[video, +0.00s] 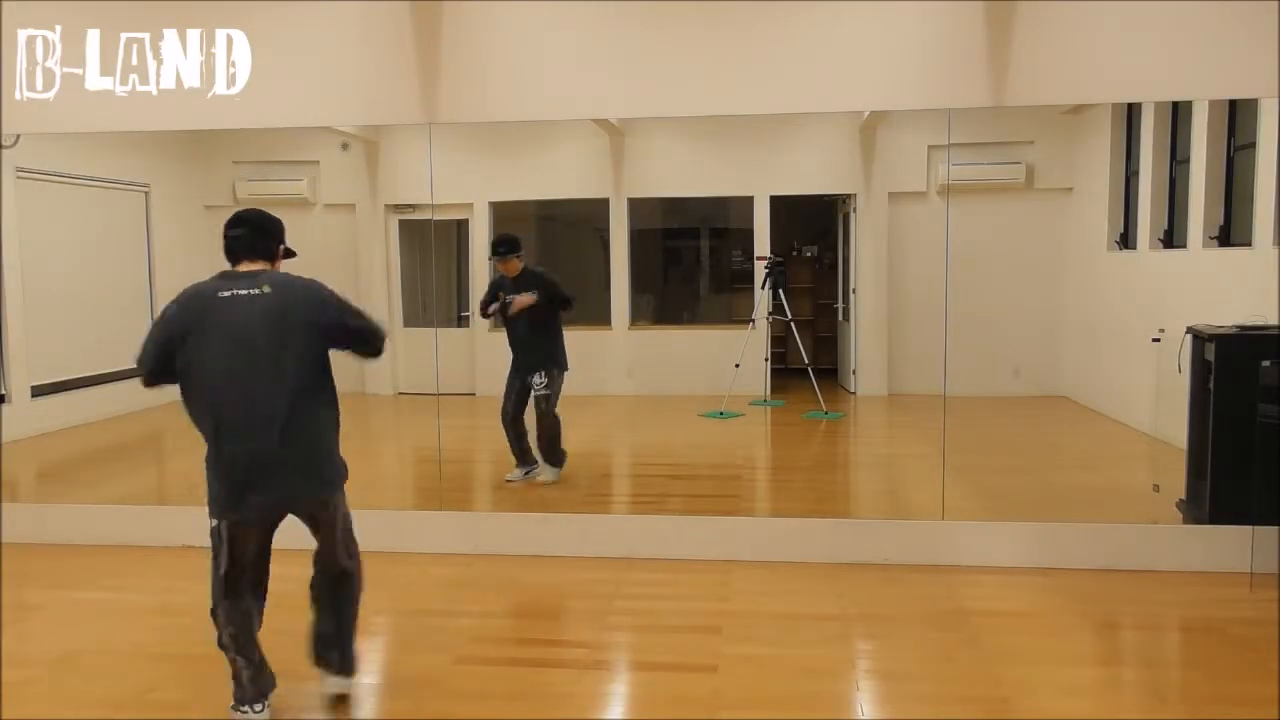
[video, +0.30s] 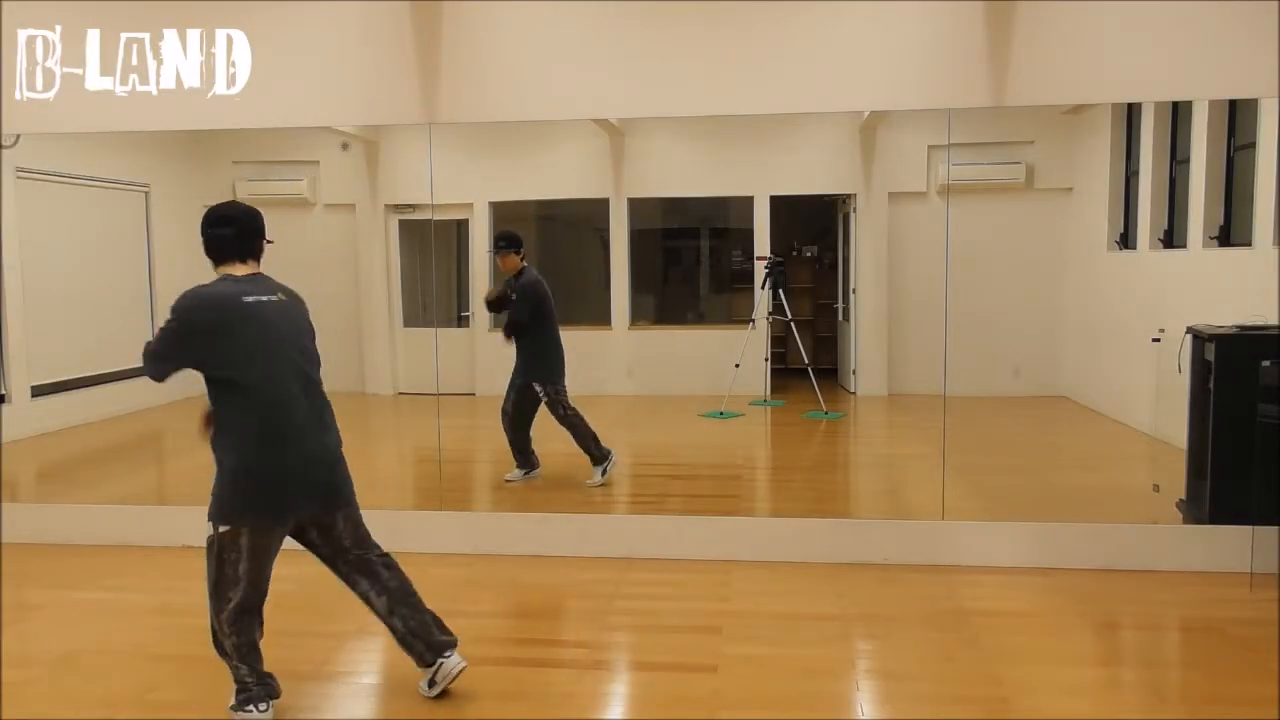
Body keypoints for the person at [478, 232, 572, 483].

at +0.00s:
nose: (498, 266)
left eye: (501, 261)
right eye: (496, 261)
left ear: (515, 258)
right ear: (498, 261)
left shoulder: (540, 279)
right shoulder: (500, 283)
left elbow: (565, 303)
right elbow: (484, 309)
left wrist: (532, 300)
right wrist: (502, 306)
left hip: (549, 359)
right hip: (521, 360)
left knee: (545, 412)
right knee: (510, 415)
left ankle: (553, 462)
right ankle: (526, 463)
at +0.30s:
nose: (500, 262)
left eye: (504, 256)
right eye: (498, 257)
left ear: (518, 255)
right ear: (499, 258)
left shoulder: (529, 283)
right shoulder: (513, 282)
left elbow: (518, 323)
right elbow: (499, 306)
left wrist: (509, 328)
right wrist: (492, 301)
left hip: (546, 360)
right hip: (527, 360)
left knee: (562, 411)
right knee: (512, 414)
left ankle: (601, 457)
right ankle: (527, 464)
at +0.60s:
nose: (517, 248)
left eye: (522, 242)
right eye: (513, 243)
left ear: (533, 243)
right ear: (508, 245)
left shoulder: (550, 270)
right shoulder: (505, 273)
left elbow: (560, 302)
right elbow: (495, 299)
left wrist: (535, 318)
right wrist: (512, 286)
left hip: (549, 350)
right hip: (517, 350)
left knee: (549, 411)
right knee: (512, 406)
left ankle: (534, 456)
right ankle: (514, 461)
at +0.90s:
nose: (540, 244)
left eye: (543, 239)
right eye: (535, 239)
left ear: (547, 241)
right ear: (524, 241)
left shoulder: (543, 269)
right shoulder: (517, 272)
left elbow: (553, 305)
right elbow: (511, 311)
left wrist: (553, 287)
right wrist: (506, 344)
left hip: (547, 348)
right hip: (530, 351)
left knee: (545, 412)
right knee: (539, 413)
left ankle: (528, 459)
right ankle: (508, 455)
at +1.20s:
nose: (539, 242)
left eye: (543, 236)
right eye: (534, 237)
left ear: (548, 239)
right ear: (524, 240)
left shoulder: (552, 271)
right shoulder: (515, 272)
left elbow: (565, 305)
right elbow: (499, 311)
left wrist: (559, 295)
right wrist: (484, 346)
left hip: (546, 350)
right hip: (524, 352)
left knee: (546, 406)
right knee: (535, 406)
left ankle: (531, 458)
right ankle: (514, 447)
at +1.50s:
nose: (529, 243)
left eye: (534, 237)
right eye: (525, 238)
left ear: (542, 240)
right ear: (518, 241)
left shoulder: (556, 273)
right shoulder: (506, 274)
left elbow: (565, 314)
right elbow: (498, 316)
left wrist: (569, 349)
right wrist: (501, 348)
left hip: (545, 352)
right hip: (513, 353)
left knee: (541, 410)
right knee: (519, 411)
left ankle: (535, 462)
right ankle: (525, 467)